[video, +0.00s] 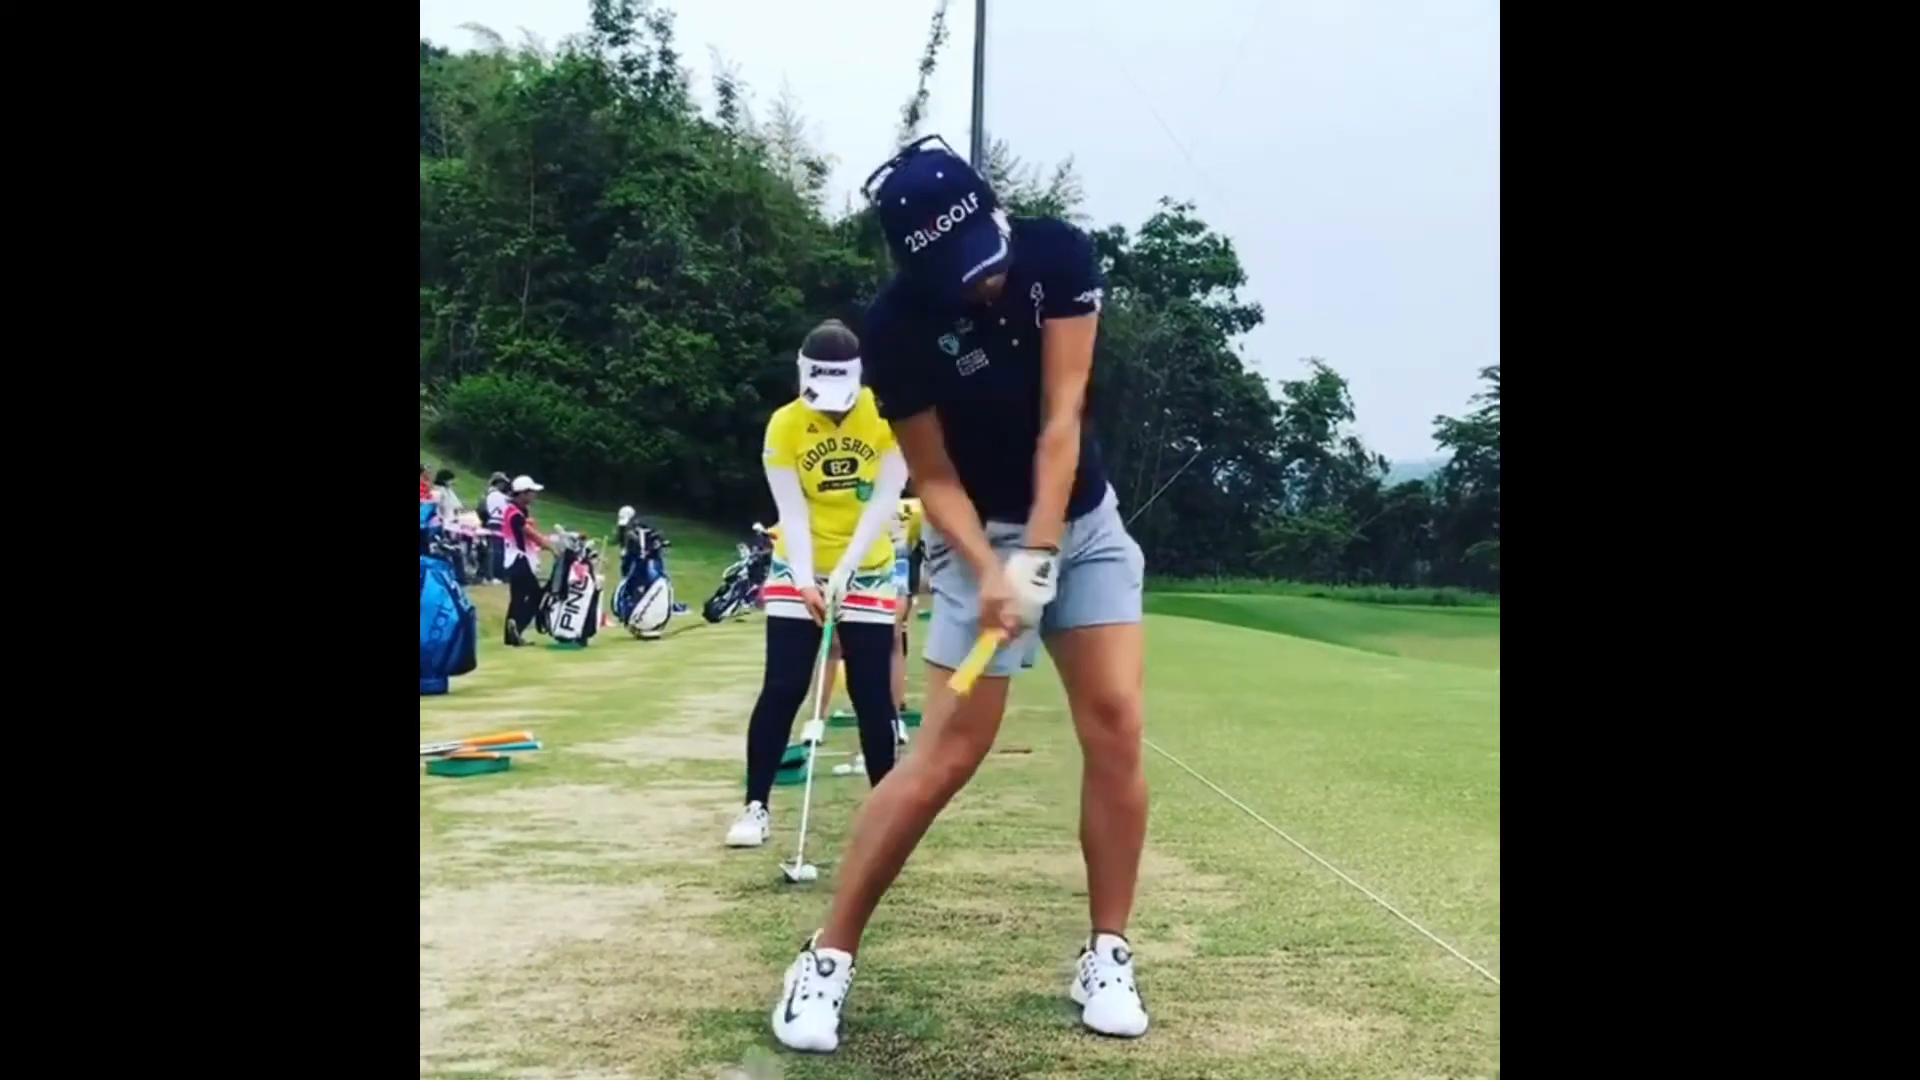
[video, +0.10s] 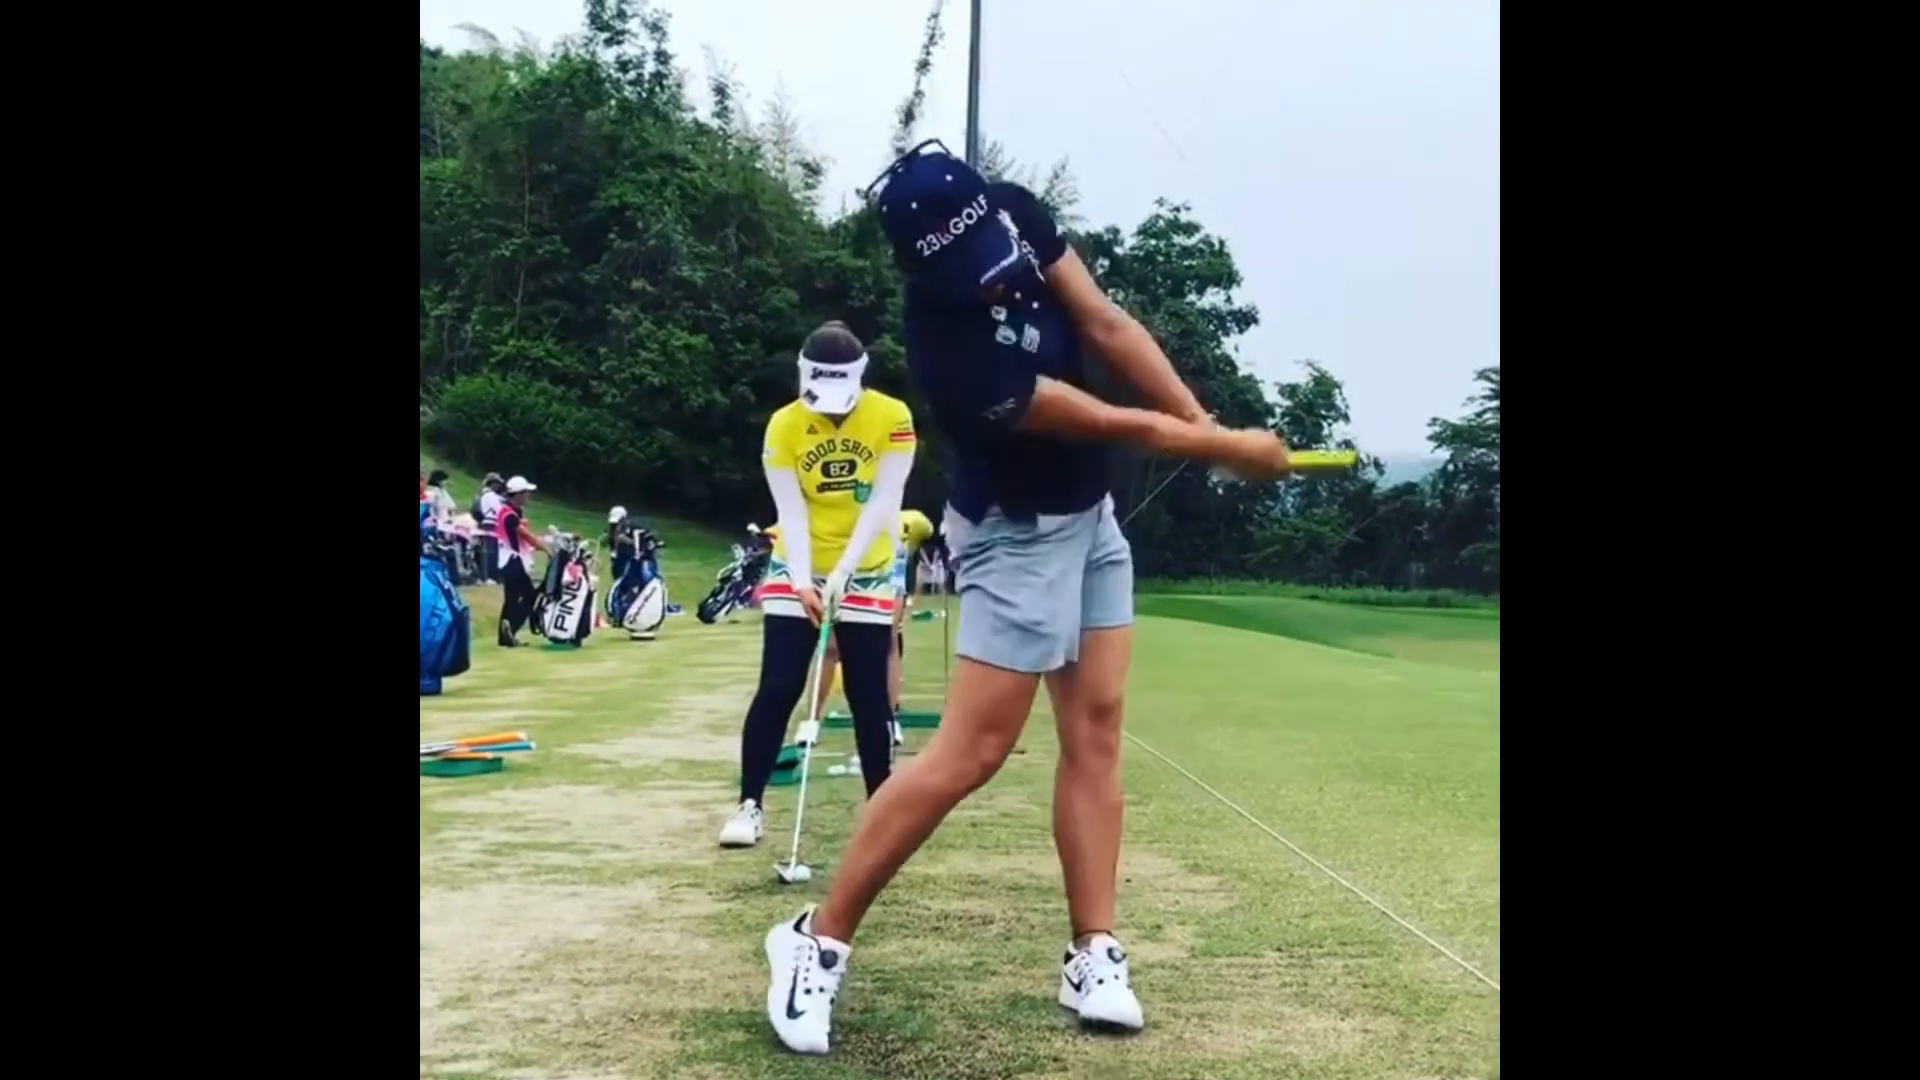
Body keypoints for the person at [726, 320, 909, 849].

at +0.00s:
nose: (830, 403)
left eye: (840, 391)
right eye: (819, 390)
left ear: (859, 375)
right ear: (804, 375)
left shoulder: (888, 416)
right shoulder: (784, 428)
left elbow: (886, 499)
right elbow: (792, 515)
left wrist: (844, 568)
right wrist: (803, 579)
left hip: (869, 571)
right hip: (797, 568)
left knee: (873, 698)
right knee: (782, 689)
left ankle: (891, 812)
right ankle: (755, 807)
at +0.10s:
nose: (829, 404)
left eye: (840, 393)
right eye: (819, 392)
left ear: (860, 377)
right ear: (804, 376)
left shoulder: (893, 418)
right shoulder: (783, 429)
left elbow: (882, 504)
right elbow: (791, 515)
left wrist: (843, 569)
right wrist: (801, 578)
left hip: (868, 571)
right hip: (795, 568)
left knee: (869, 699)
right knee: (777, 688)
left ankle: (881, 813)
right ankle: (749, 806)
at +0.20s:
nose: (823, 406)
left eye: (833, 395)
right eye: (813, 394)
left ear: (852, 379)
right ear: (798, 379)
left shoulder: (885, 419)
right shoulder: (775, 429)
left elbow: (874, 505)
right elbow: (784, 516)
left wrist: (835, 573)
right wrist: (793, 582)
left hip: (861, 573)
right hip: (788, 571)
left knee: (861, 693)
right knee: (771, 688)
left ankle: (873, 806)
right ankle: (741, 807)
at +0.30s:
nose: (811, 408)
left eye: (822, 397)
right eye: (801, 396)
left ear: (842, 383)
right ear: (785, 381)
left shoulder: (872, 420)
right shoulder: (763, 431)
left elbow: (863, 506)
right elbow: (773, 518)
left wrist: (825, 575)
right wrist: (784, 584)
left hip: (850, 574)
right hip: (776, 573)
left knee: (852, 693)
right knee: (761, 691)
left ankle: (868, 807)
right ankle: (735, 809)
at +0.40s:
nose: (801, 411)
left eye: (811, 400)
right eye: (791, 399)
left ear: (830, 384)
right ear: (775, 384)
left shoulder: (859, 420)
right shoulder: (751, 434)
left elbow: (851, 504)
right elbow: (763, 521)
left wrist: (813, 577)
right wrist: (774, 586)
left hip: (839, 576)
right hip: (765, 575)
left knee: (846, 696)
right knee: (752, 695)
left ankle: (863, 808)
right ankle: (728, 812)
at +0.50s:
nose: (795, 413)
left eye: (805, 403)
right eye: (785, 402)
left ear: (825, 387)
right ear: (769, 387)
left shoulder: (855, 424)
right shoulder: (747, 437)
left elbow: (843, 506)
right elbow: (758, 522)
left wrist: (808, 578)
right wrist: (769, 586)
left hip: (834, 575)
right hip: (759, 575)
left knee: (842, 696)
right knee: (747, 695)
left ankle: (860, 809)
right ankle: (724, 814)